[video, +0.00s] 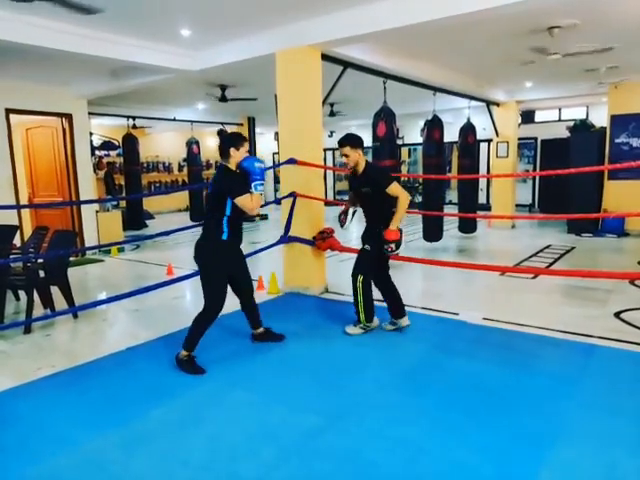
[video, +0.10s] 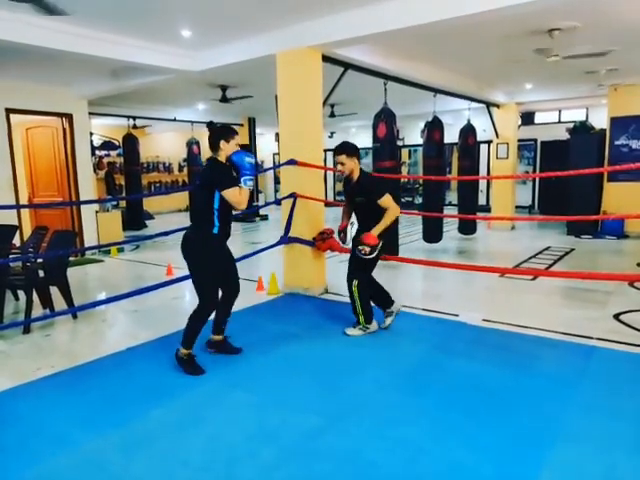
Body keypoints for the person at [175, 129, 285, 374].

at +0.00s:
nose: (247, 156)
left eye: (247, 151)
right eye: (244, 151)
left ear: (230, 152)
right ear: (233, 152)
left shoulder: (231, 174)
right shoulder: (227, 177)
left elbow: (242, 208)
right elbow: (253, 206)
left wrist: (254, 210)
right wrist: (257, 179)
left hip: (230, 247)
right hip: (213, 249)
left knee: (246, 291)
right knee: (214, 305)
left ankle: (259, 330)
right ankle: (185, 353)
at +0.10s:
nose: (238, 147)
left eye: (237, 143)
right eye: (235, 143)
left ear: (219, 145)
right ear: (223, 144)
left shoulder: (215, 168)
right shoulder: (217, 170)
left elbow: (236, 200)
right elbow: (240, 202)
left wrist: (243, 181)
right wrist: (246, 176)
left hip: (213, 241)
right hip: (202, 243)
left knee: (231, 289)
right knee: (209, 300)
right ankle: (184, 351)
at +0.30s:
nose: (217, 156)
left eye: (217, 152)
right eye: (214, 152)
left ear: (199, 154)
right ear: (203, 154)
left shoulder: (198, 179)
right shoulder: (194, 182)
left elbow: (213, 215)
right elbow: (215, 218)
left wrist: (222, 205)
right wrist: (225, 198)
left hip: (194, 252)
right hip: (183, 255)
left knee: (210, 301)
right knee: (195, 311)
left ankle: (189, 351)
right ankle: (154, 370)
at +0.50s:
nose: (194, 161)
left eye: (194, 156)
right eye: (192, 155)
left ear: (172, 155)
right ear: (181, 155)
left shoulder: (161, 181)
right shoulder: (180, 182)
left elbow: (195, 215)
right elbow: (207, 216)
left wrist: (202, 204)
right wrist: (207, 191)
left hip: (169, 261)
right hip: (166, 265)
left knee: (192, 306)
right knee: (163, 328)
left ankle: (185, 351)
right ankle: (135, 396)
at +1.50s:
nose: (183, 148)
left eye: (182, 142)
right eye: (180, 142)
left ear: (164, 148)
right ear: (167, 147)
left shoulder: (172, 176)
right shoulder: (152, 181)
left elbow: (185, 211)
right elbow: (182, 221)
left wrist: (200, 178)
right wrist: (193, 187)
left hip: (175, 259)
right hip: (154, 264)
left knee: (209, 298)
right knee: (171, 331)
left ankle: (192, 350)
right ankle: (142, 401)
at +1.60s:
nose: (190, 152)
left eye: (189, 147)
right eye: (186, 147)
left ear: (173, 152)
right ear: (173, 151)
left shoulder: (184, 179)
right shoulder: (156, 184)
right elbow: (179, 224)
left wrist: (239, 158)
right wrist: (192, 191)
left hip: (182, 261)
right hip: (158, 266)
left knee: (215, 300)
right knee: (173, 331)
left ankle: (215, 344)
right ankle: (143, 401)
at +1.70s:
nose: (196, 151)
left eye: (195, 146)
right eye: (192, 146)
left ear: (181, 151)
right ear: (179, 151)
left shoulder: (191, 176)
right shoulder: (163, 185)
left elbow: (229, 166)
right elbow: (185, 221)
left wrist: (256, 155)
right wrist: (198, 188)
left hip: (187, 262)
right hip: (165, 265)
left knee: (217, 300)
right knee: (174, 329)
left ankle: (222, 345)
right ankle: (144, 400)